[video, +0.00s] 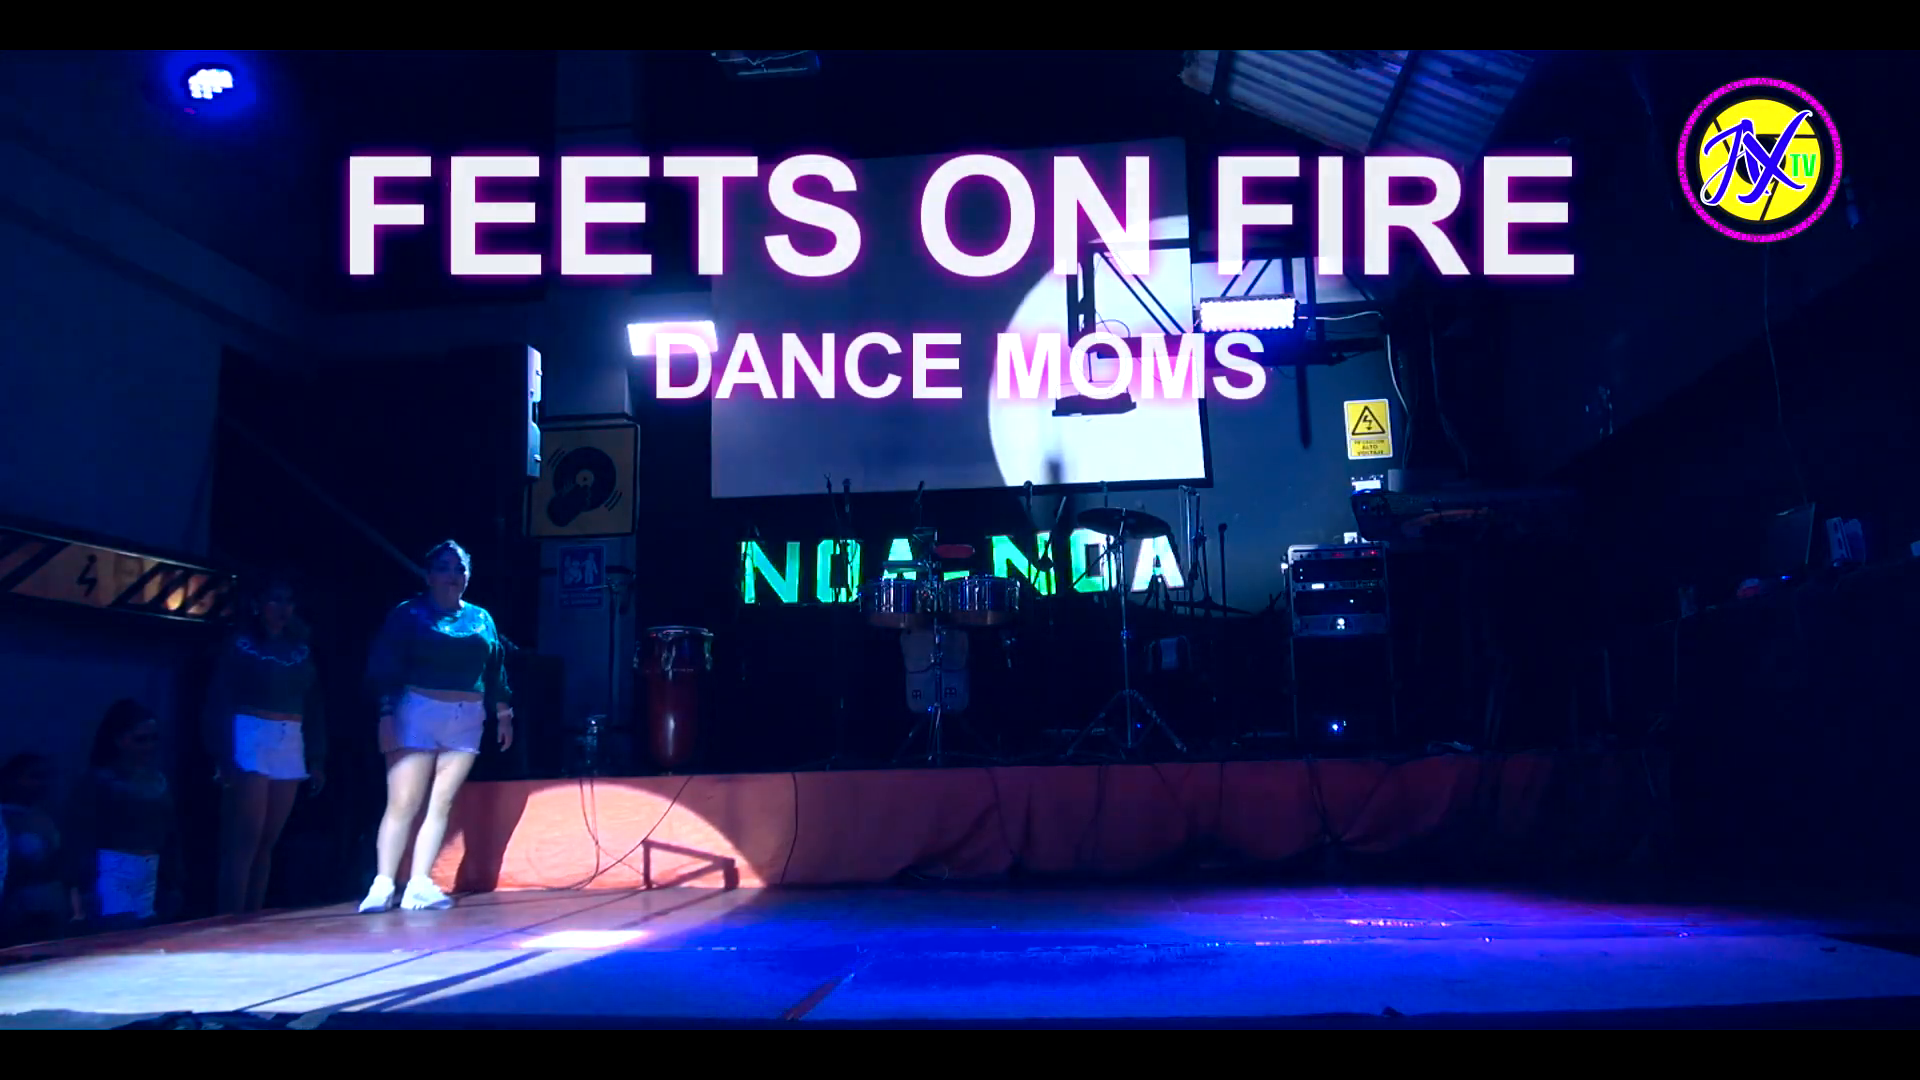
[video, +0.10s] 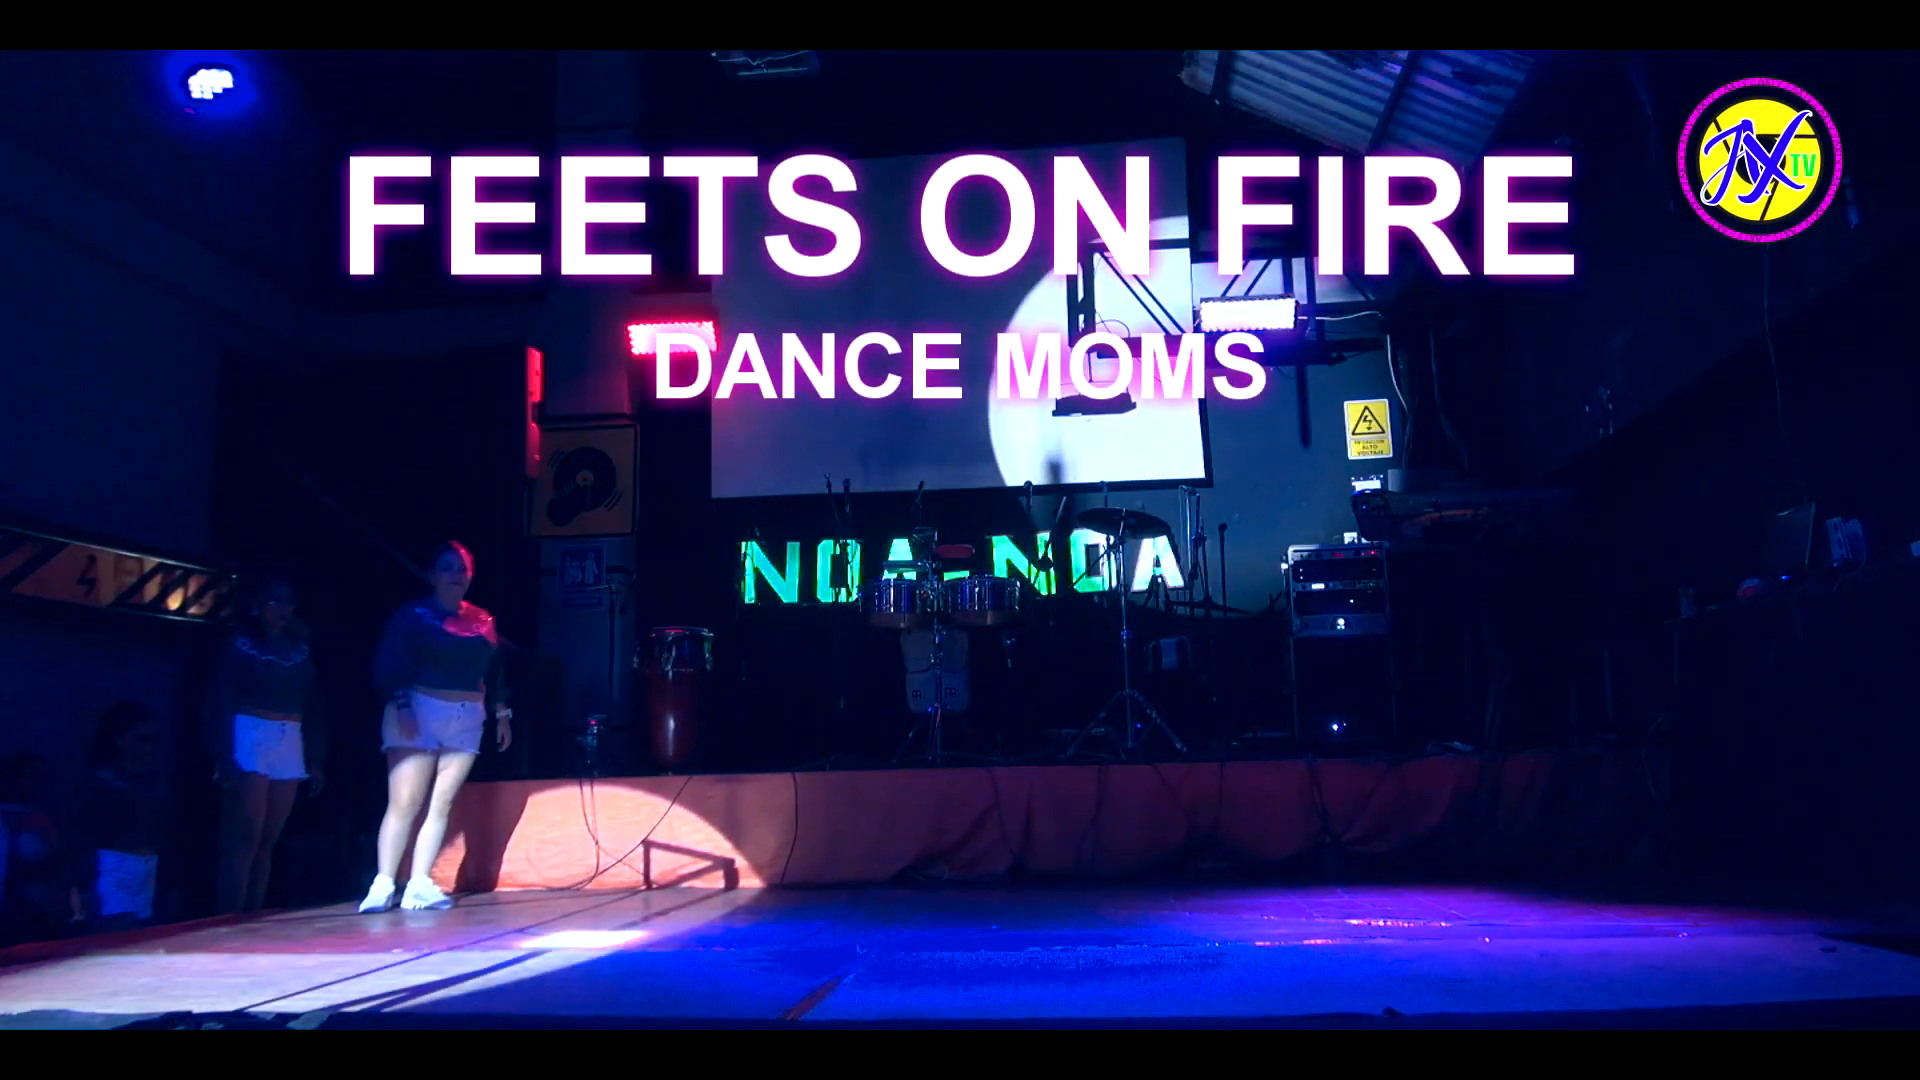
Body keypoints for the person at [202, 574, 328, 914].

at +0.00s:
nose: (282, 610)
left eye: (288, 603)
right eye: (275, 602)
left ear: (294, 608)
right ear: (259, 605)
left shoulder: (300, 649)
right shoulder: (242, 642)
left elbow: (312, 707)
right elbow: (222, 698)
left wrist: (315, 758)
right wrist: (223, 753)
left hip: (292, 733)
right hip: (252, 729)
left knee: (271, 836)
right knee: (249, 831)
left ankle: (254, 915)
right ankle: (232, 913)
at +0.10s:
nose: (281, 611)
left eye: (286, 604)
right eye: (274, 603)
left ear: (294, 609)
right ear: (259, 606)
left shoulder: (300, 648)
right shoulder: (241, 641)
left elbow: (311, 705)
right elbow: (223, 696)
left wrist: (315, 759)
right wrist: (223, 753)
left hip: (291, 733)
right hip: (252, 730)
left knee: (271, 835)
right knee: (249, 830)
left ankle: (254, 913)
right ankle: (232, 912)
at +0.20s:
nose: (281, 611)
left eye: (287, 604)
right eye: (274, 603)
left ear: (294, 609)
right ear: (259, 605)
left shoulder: (300, 647)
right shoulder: (241, 641)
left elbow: (311, 705)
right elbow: (223, 696)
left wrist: (315, 757)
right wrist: (223, 753)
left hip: (291, 733)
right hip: (252, 730)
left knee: (271, 836)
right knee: (248, 831)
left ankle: (254, 914)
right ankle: (232, 913)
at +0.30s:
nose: (281, 611)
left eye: (286, 604)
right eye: (274, 603)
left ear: (293, 609)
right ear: (259, 605)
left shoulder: (300, 649)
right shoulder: (240, 643)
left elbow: (311, 706)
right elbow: (223, 698)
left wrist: (315, 758)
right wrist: (223, 754)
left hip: (291, 734)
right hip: (251, 731)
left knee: (271, 835)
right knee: (248, 830)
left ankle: (254, 913)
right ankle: (232, 913)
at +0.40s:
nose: (280, 611)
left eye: (286, 604)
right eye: (274, 603)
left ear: (293, 609)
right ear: (258, 605)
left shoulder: (299, 648)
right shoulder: (240, 642)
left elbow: (310, 705)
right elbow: (223, 698)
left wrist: (314, 758)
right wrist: (223, 755)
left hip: (290, 733)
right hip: (251, 730)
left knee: (271, 835)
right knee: (248, 829)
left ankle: (254, 914)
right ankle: (231, 913)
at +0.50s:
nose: (280, 611)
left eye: (286, 604)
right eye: (274, 603)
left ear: (293, 609)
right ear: (258, 605)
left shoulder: (298, 647)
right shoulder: (239, 641)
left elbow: (310, 705)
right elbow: (222, 698)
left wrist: (313, 758)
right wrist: (223, 755)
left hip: (290, 733)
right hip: (251, 730)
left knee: (271, 834)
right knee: (248, 828)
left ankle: (255, 912)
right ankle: (232, 911)